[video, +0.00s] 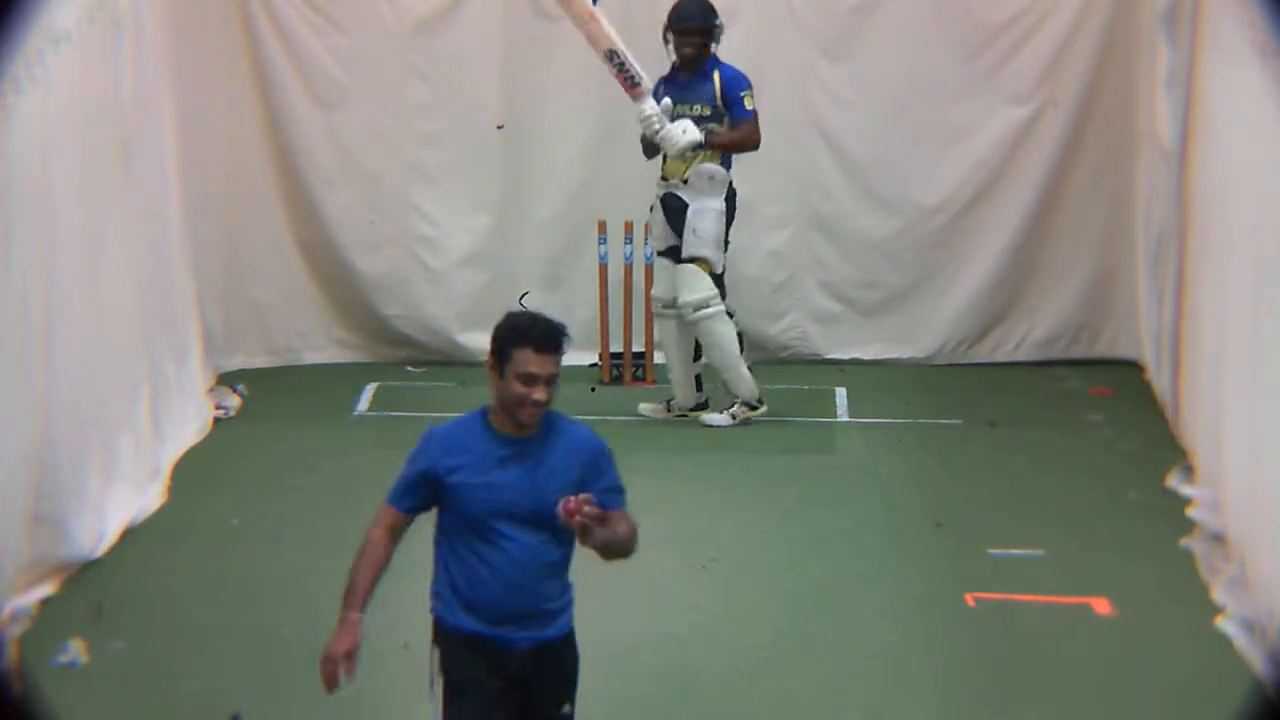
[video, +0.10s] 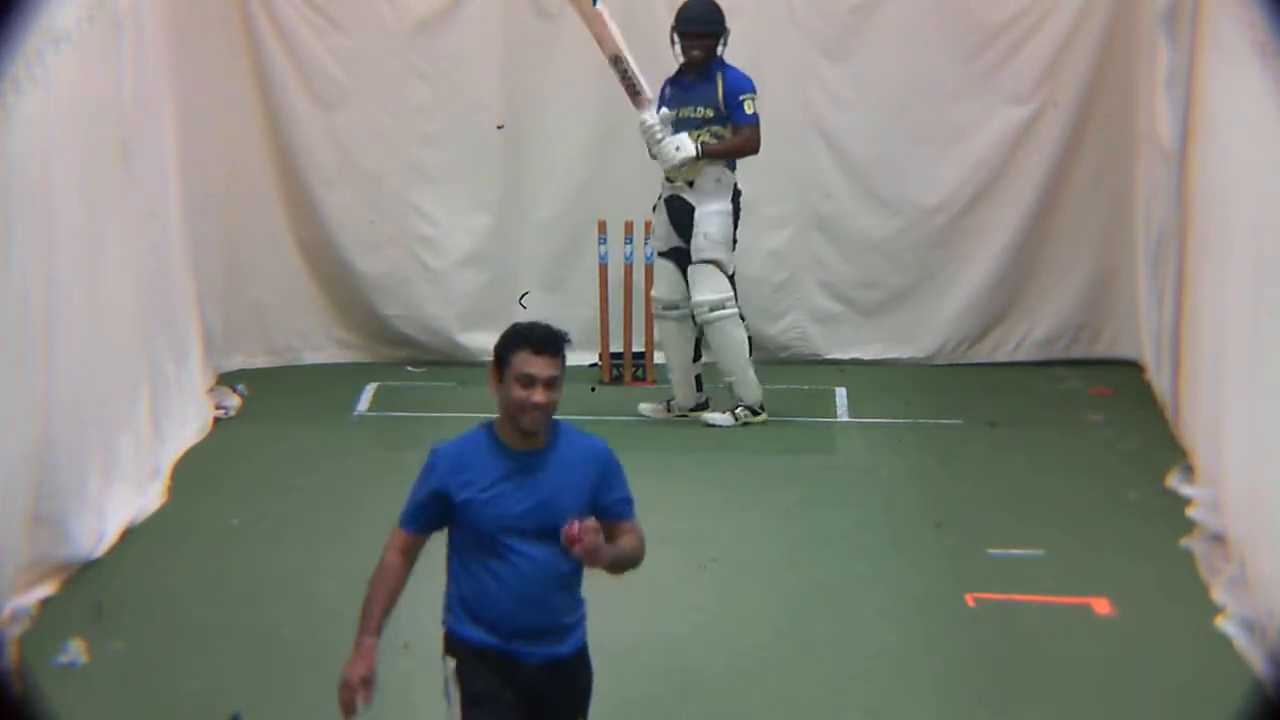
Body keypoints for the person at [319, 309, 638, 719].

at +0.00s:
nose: (540, 396)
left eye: (550, 382)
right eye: (527, 381)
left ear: (559, 378)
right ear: (493, 370)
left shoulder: (582, 449)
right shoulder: (445, 447)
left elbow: (624, 541)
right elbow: (385, 529)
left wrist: (597, 530)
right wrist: (349, 621)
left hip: (548, 643)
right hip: (468, 643)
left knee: (550, 713)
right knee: (472, 713)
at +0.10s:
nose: (539, 397)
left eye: (551, 385)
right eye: (525, 383)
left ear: (562, 388)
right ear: (496, 382)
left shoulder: (591, 458)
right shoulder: (453, 463)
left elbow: (633, 546)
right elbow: (401, 551)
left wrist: (605, 554)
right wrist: (365, 645)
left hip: (563, 659)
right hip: (482, 658)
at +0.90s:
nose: (646, 400)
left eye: (660, 389)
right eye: (632, 386)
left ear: (679, 406)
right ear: (610, 401)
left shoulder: (711, 488)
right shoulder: (566, 484)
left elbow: (750, 594)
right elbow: (527, 585)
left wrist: (673, 573)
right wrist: (606, 577)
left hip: (677, 695)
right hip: (587, 696)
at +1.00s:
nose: (655, 407)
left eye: (670, 396)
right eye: (642, 394)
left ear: (689, 412)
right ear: (620, 407)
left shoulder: (723, 495)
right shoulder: (577, 492)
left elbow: (763, 600)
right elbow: (537, 597)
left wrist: (679, 582)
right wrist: (611, 585)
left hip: (689, 701)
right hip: (600, 700)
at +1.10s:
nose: (662, 427)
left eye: (676, 415)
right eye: (648, 414)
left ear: (695, 432)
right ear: (626, 428)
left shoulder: (732, 515)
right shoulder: (586, 514)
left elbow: (771, 622)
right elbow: (547, 624)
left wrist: (680, 604)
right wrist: (615, 605)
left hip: (702, 709)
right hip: (609, 709)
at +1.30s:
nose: (666, 450)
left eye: (680, 437)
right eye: (651, 437)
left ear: (699, 451)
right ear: (628, 451)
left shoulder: (746, 536)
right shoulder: (594, 544)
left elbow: (790, 643)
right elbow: (561, 657)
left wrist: (726, 641)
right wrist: (615, 648)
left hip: (719, 713)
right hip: (623, 713)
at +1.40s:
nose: (677, 441)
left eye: (691, 428)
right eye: (662, 428)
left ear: (711, 442)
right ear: (638, 443)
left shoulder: (758, 526)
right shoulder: (604, 534)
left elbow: (806, 631)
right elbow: (570, 645)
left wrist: (755, 633)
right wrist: (639, 635)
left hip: (730, 710)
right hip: (634, 711)